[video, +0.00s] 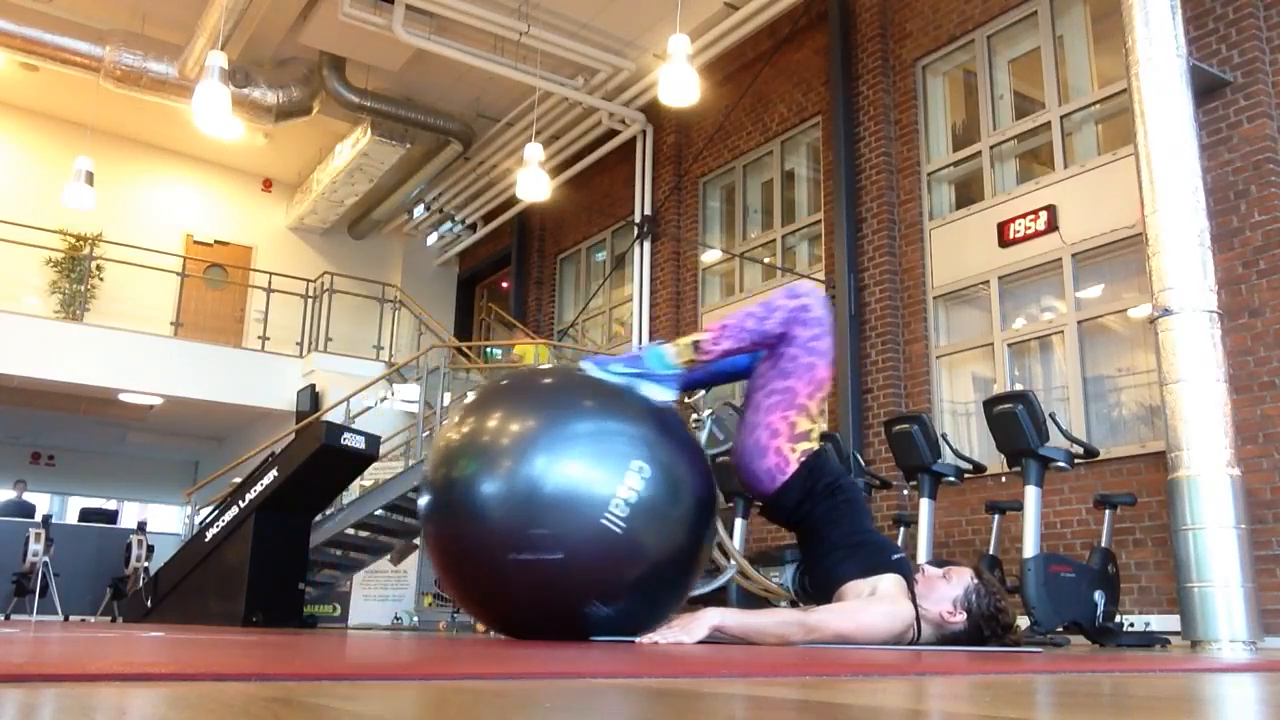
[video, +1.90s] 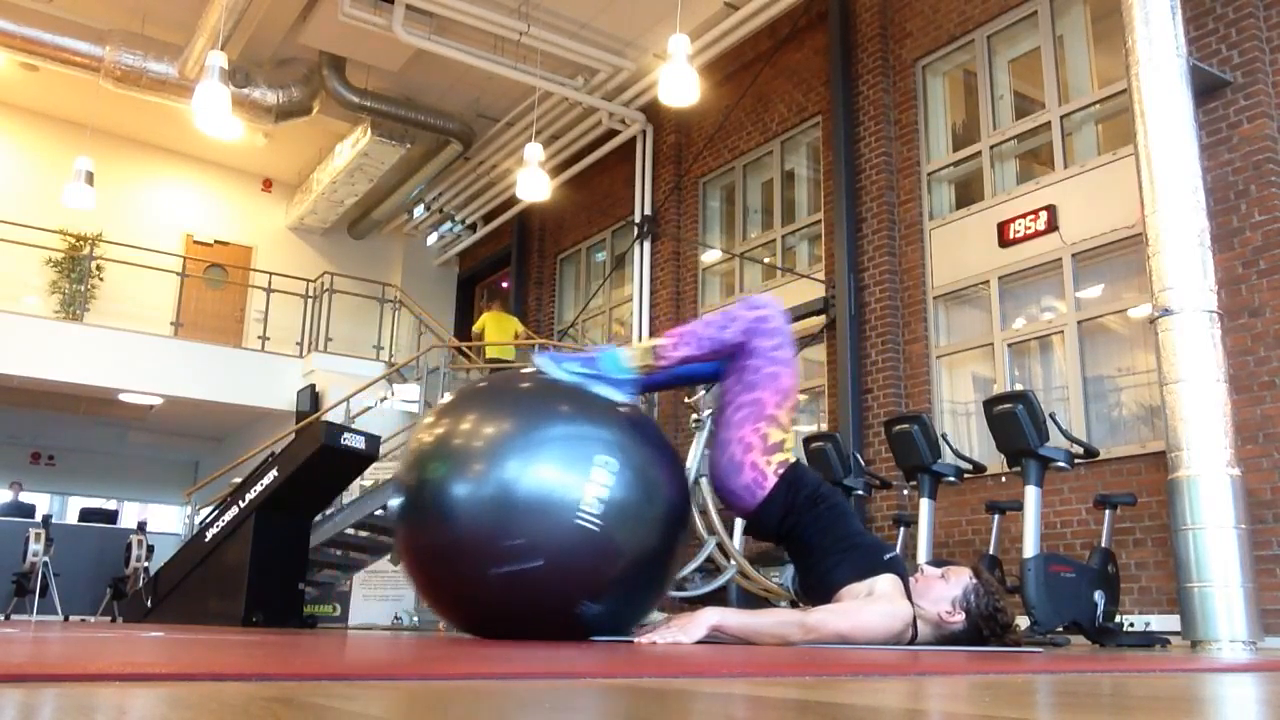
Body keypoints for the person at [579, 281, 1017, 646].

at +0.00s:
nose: (935, 566)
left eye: (947, 576)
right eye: (948, 569)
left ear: (948, 613)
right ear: (946, 614)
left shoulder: (893, 611)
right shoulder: (904, 606)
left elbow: (806, 626)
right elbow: (808, 625)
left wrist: (714, 619)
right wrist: (718, 624)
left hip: (778, 468)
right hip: (800, 466)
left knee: (805, 301)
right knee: (805, 315)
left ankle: (668, 363)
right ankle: (676, 372)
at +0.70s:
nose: (941, 563)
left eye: (951, 577)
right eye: (952, 567)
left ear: (948, 616)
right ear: (945, 605)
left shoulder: (892, 613)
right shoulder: (902, 596)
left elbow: (801, 626)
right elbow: (799, 625)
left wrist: (712, 620)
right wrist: (713, 623)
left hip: (766, 472)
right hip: (788, 467)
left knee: (756, 308)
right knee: (759, 319)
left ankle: (620, 365)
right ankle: (625, 372)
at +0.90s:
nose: (937, 569)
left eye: (948, 581)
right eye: (950, 569)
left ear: (945, 615)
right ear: (945, 603)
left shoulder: (891, 610)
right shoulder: (894, 595)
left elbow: (808, 628)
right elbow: (808, 621)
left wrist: (711, 618)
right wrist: (720, 620)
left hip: (762, 479)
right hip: (779, 470)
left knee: (688, 329)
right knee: (694, 335)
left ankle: (550, 364)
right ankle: (563, 370)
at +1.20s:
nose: (936, 571)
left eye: (949, 583)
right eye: (949, 570)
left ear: (946, 618)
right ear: (943, 593)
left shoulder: (892, 609)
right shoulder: (889, 590)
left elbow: (804, 625)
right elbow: (801, 621)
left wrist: (711, 618)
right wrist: (713, 621)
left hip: (758, 492)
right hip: (765, 477)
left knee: (637, 383)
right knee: (640, 381)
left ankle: (484, 361)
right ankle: (500, 369)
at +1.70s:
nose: (934, 569)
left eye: (946, 581)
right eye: (946, 569)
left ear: (945, 617)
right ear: (939, 601)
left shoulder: (892, 607)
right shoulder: (891, 595)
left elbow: (803, 627)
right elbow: (803, 623)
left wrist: (709, 619)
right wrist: (712, 621)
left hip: (745, 489)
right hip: (757, 484)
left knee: (677, 337)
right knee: (679, 346)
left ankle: (523, 364)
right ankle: (535, 372)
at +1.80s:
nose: (937, 568)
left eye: (947, 579)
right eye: (950, 569)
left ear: (944, 615)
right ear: (943, 602)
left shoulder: (888, 613)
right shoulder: (894, 598)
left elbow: (793, 630)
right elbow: (797, 624)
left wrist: (708, 621)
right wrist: (713, 619)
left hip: (745, 485)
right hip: (763, 476)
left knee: (716, 324)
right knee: (719, 331)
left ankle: (570, 367)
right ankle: (586, 377)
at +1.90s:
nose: (937, 565)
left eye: (948, 578)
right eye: (948, 567)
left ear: (944, 614)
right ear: (936, 587)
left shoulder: (891, 614)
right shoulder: (897, 600)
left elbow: (801, 627)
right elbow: (796, 624)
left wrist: (713, 620)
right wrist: (711, 619)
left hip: (750, 479)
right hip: (768, 479)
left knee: (765, 314)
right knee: (766, 327)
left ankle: (625, 364)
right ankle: (630, 376)